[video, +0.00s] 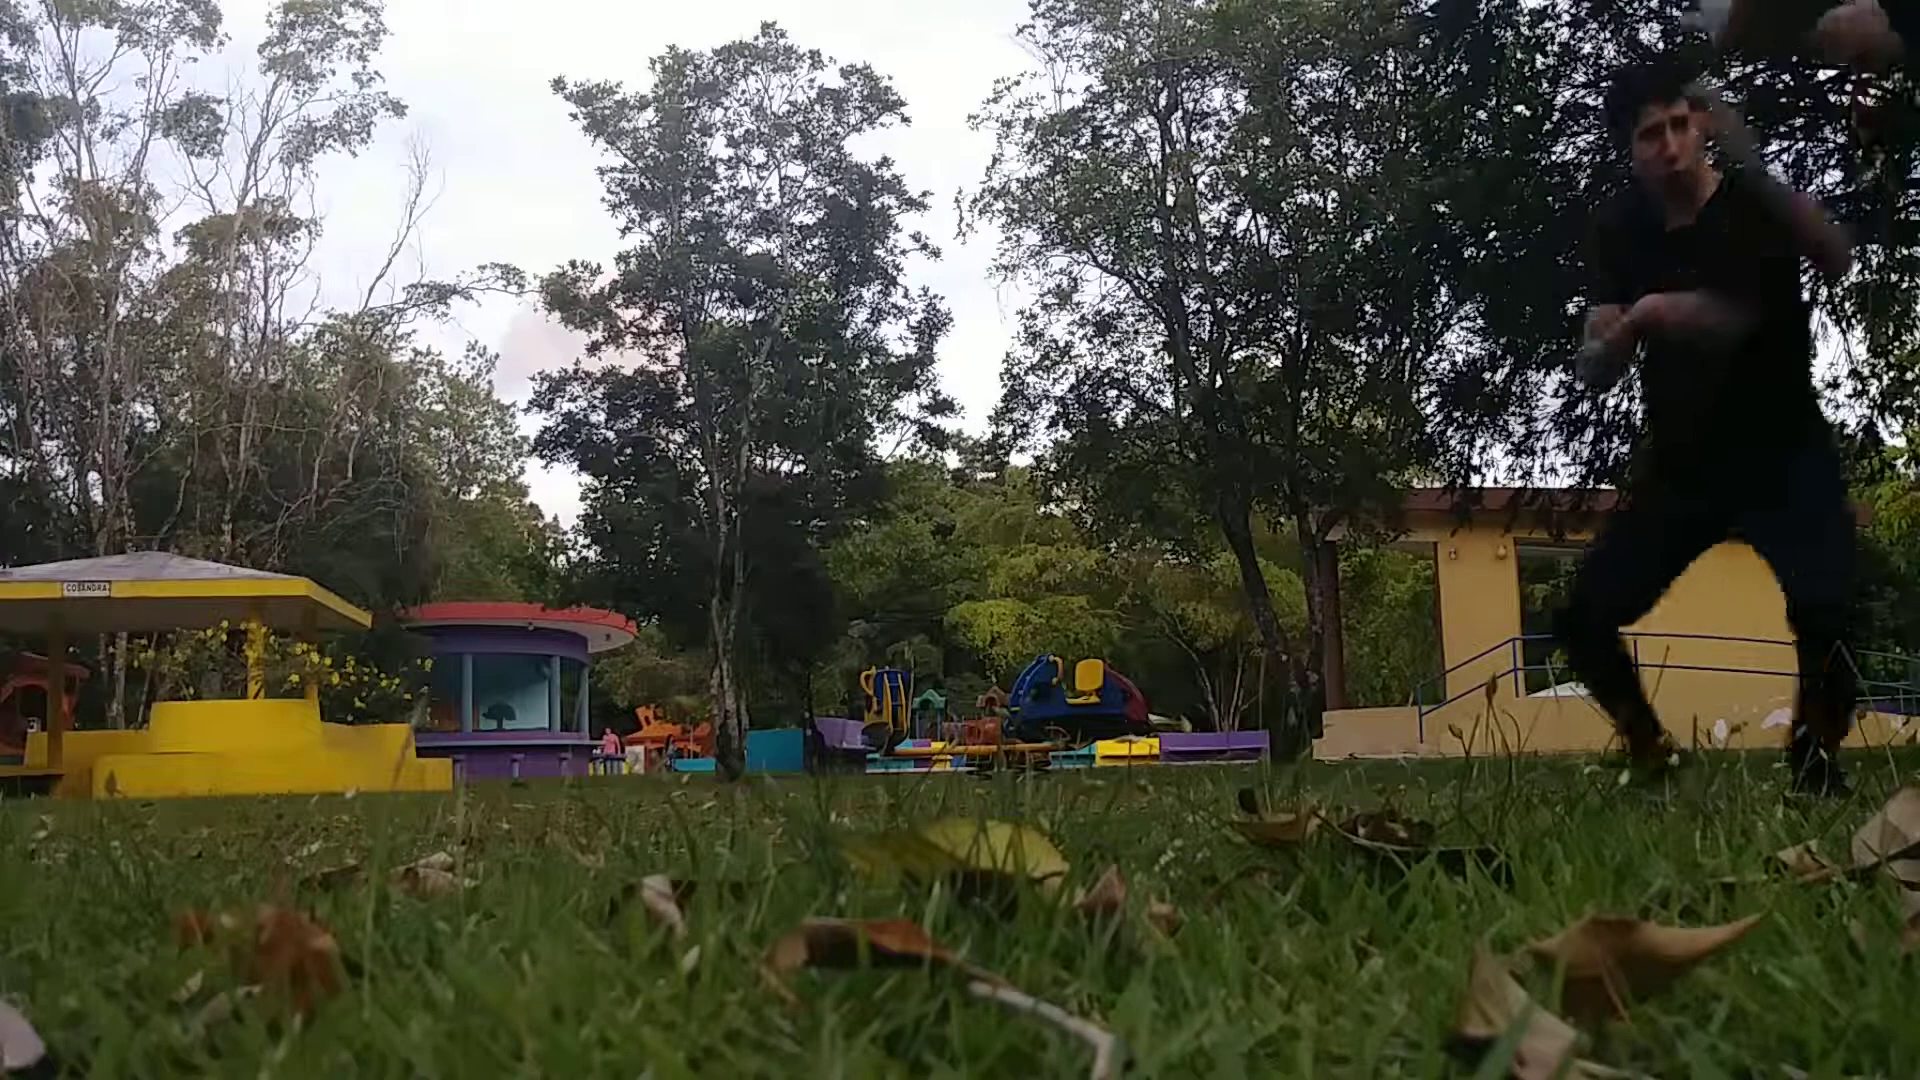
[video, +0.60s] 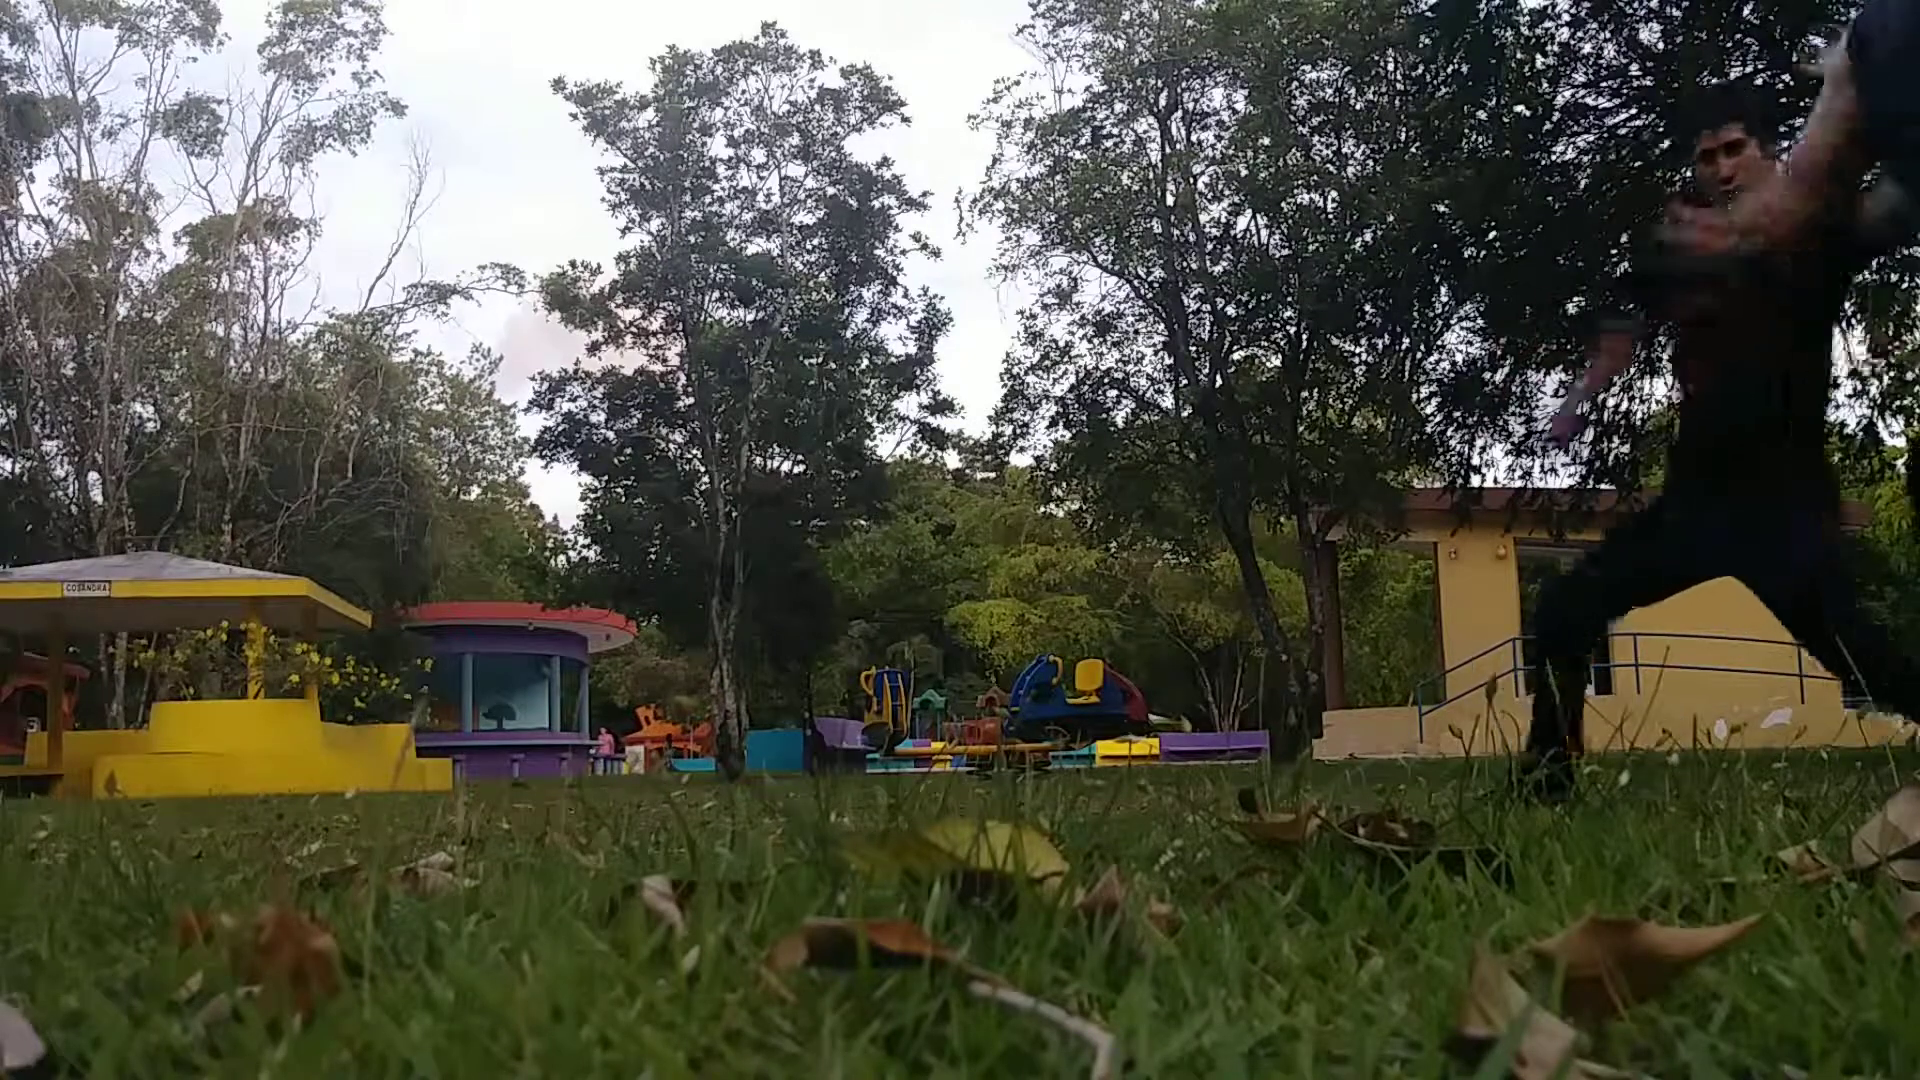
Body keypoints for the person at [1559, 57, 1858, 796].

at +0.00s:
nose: (1668, 147)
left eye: (1678, 127)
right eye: (1651, 136)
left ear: (1703, 129)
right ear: (1631, 151)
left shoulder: (1756, 201)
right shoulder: (1621, 231)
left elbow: (1837, 257)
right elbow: (1592, 368)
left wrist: (1753, 167)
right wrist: (1630, 321)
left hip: (1784, 456)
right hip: (1681, 463)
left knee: (1832, 611)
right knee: (1583, 618)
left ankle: (1812, 762)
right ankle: (1649, 751)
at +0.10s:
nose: (1665, 184)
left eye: (1677, 167)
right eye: (1649, 170)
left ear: (1698, 172)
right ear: (1629, 183)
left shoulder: (1748, 250)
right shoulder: (1620, 272)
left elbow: (1785, 332)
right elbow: (1548, 351)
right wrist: (1610, 293)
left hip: (1754, 498)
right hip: (1655, 502)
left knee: (1811, 634)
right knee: (1567, 642)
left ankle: (1807, 775)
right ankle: (1559, 782)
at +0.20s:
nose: (1638, 211)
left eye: (1650, 194)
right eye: (1620, 199)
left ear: (1675, 201)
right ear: (1600, 217)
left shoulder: (1722, 291)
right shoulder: (1581, 295)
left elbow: (1740, 409)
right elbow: (1607, 305)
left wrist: (1701, 436)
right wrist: (1716, 239)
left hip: (1730, 524)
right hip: (1633, 527)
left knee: (1782, 637)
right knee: (1511, 647)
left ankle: (1805, 776)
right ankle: (1551, 788)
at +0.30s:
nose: (1620, 223)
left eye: (1632, 206)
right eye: (1604, 211)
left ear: (1653, 216)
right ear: (1583, 229)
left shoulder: (1710, 307)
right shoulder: (1570, 300)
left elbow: (1753, 420)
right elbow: (1626, 318)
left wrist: (1730, 483)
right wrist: (1736, 270)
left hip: (1719, 531)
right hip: (1621, 536)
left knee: (1765, 627)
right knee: (1500, 653)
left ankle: (1817, 772)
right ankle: (1549, 790)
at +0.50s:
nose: (1684, 197)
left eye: (1697, 182)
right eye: (1670, 188)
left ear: (1727, 192)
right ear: (1655, 207)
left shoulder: (1773, 281)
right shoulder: (1618, 281)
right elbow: (1510, 335)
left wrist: (1867, 224)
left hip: (1743, 523)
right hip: (1642, 525)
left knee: (1850, 641)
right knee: (1524, 650)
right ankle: (1548, 788)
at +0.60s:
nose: (1721, 169)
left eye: (1734, 150)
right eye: (1706, 159)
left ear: (1774, 154)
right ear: (1694, 175)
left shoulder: (1819, 236)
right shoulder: (1680, 248)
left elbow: (1896, 205)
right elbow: (1624, 337)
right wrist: (1579, 398)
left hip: (1788, 510)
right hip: (1695, 506)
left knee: (1869, 667)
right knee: (1565, 612)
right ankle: (1551, 775)